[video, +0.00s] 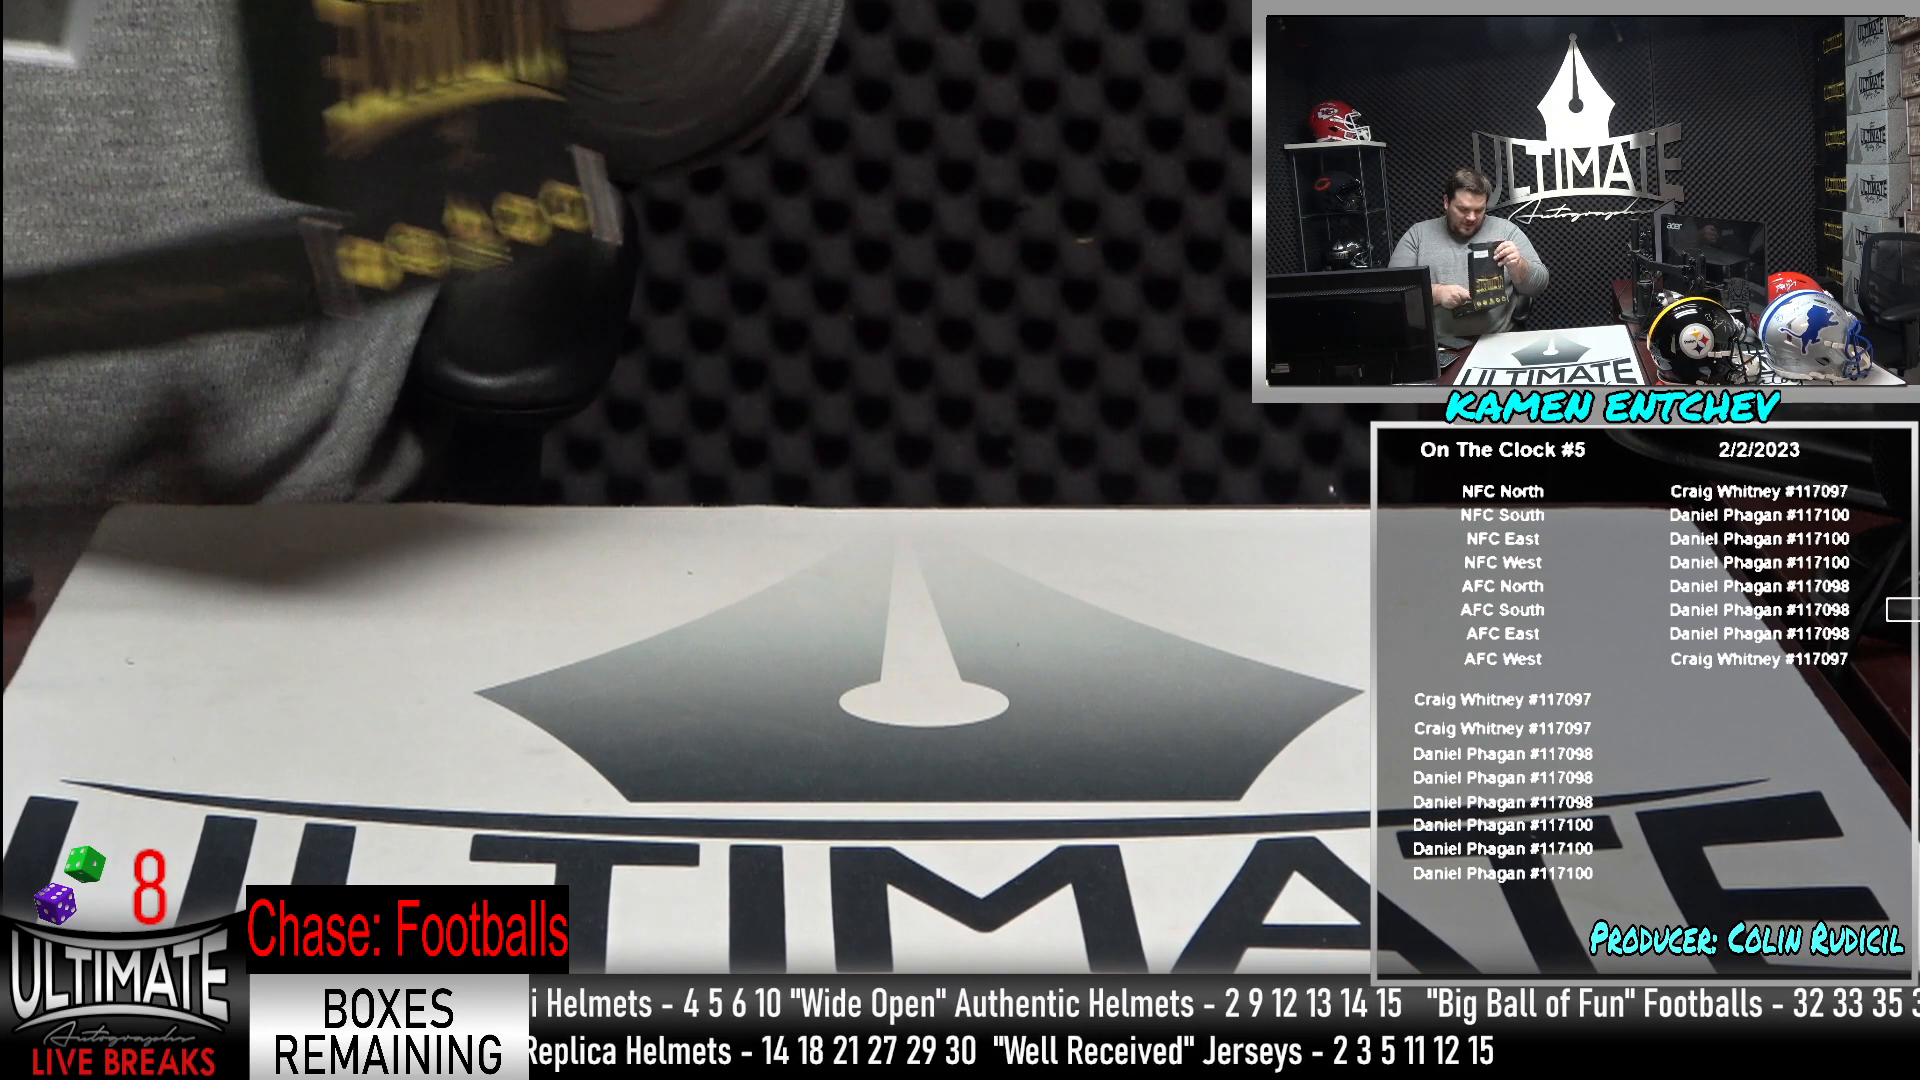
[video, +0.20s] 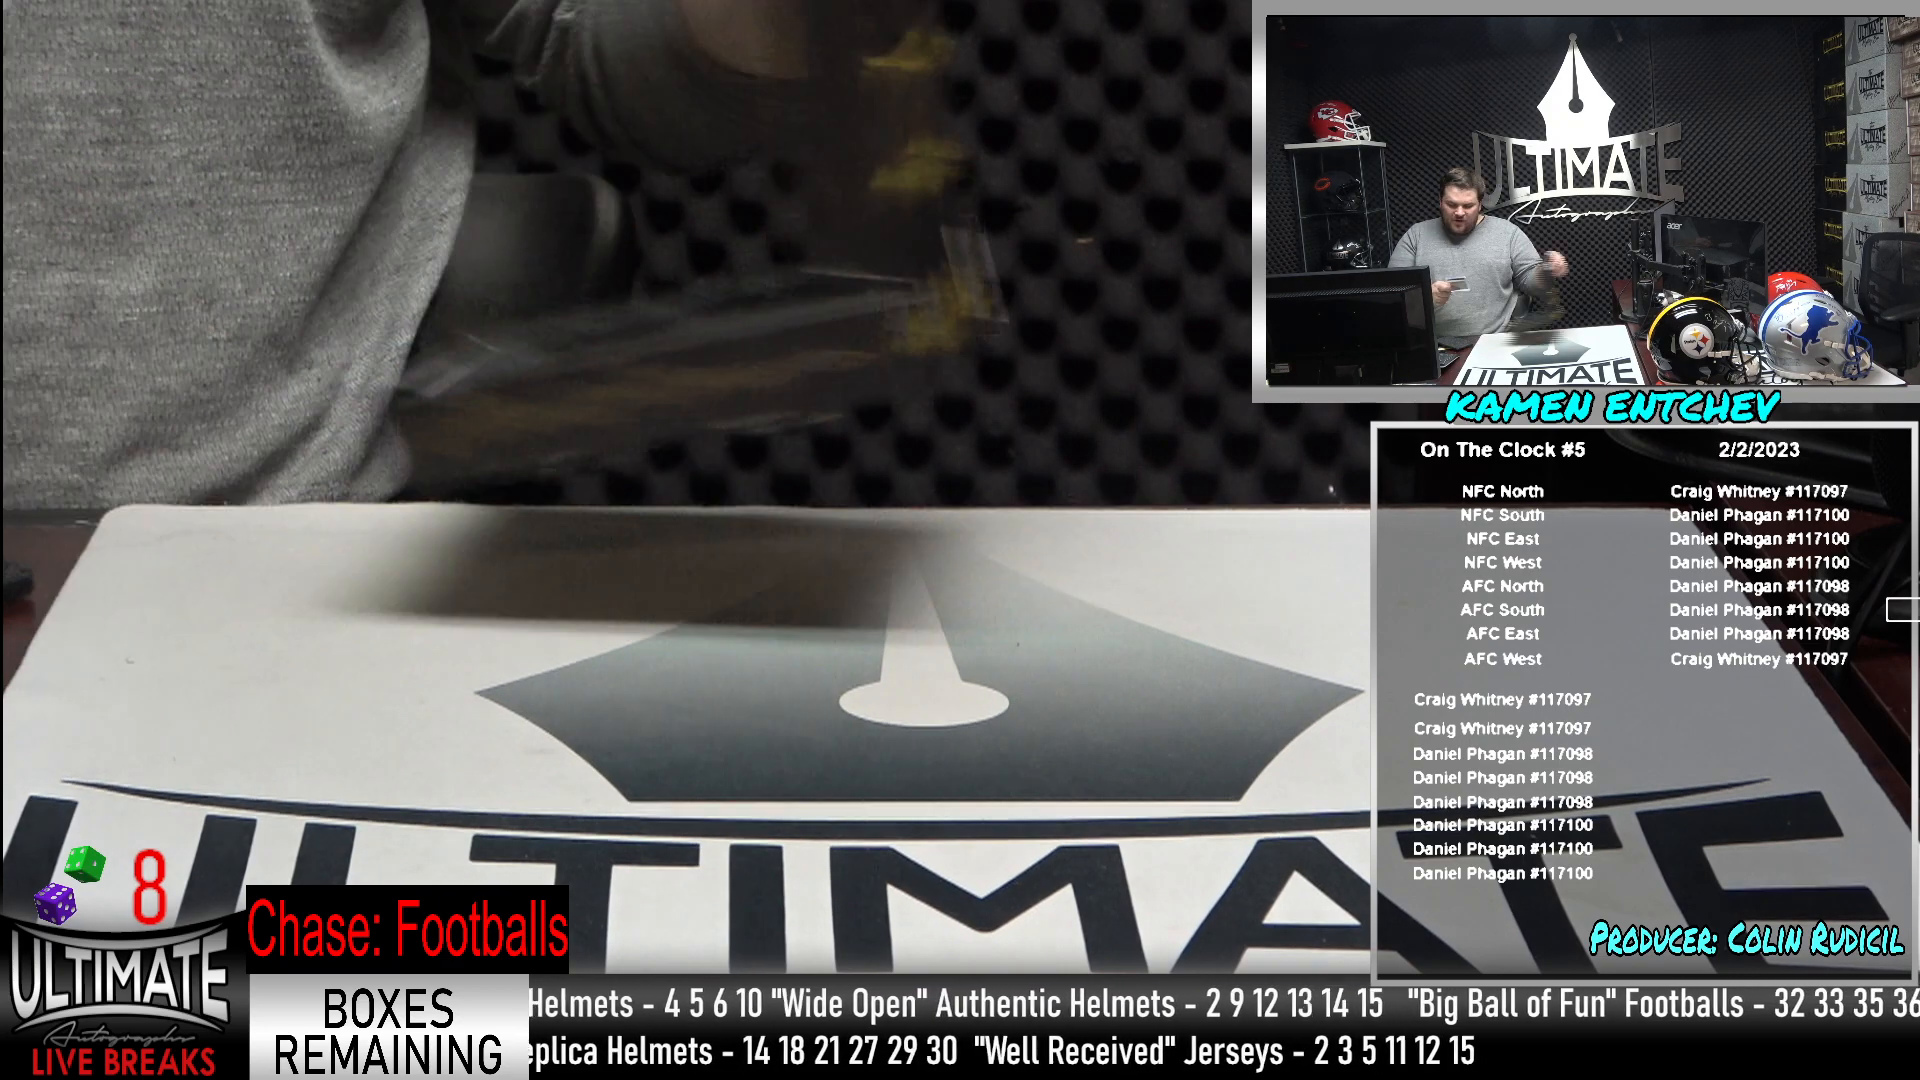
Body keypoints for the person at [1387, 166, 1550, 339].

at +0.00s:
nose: (1471, 218)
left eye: (1478, 211)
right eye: (1463, 210)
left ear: (1485, 205)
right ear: (1446, 203)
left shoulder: (1506, 231)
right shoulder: (1418, 235)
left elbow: (1538, 285)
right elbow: (1394, 287)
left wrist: (1517, 266)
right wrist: (1435, 292)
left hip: (1497, 346)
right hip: (1436, 350)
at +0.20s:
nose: (1459, 213)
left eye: (1467, 206)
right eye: (1452, 205)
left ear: (1479, 204)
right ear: (1441, 202)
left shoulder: (1507, 234)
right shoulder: (1417, 236)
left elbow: (1527, 276)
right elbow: (1392, 288)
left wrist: (1548, 272)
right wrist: (1424, 293)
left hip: (1494, 347)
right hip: (1433, 351)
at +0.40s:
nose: (1456, 211)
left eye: (1463, 203)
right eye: (1448, 204)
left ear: (1477, 201)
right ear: (1437, 203)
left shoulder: (1507, 233)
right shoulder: (1416, 237)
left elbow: (1532, 276)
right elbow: (1390, 289)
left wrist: (1564, 277)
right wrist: (1421, 291)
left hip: (1496, 348)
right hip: (1433, 351)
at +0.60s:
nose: (1456, 210)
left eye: (1463, 201)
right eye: (1448, 203)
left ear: (1476, 200)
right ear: (1437, 202)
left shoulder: (1507, 233)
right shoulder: (1416, 237)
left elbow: (1530, 276)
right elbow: (1390, 289)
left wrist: (1553, 276)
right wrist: (1421, 291)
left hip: (1497, 348)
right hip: (1435, 351)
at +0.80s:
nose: (1461, 209)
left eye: (1468, 200)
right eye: (1452, 202)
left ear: (1480, 199)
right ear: (1441, 203)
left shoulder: (1508, 233)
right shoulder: (1418, 235)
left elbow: (1542, 277)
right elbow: (1392, 287)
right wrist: (1428, 289)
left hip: (1496, 346)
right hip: (1434, 351)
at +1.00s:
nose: (1464, 209)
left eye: (1471, 201)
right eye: (1455, 202)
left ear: (1481, 199)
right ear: (1442, 202)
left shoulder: (1507, 232)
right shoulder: (1419, 234)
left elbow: (1536, 281)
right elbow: (1394, 288)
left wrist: (1496, 284)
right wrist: (1431, 289)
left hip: (1497, 345)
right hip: (1436, 349)